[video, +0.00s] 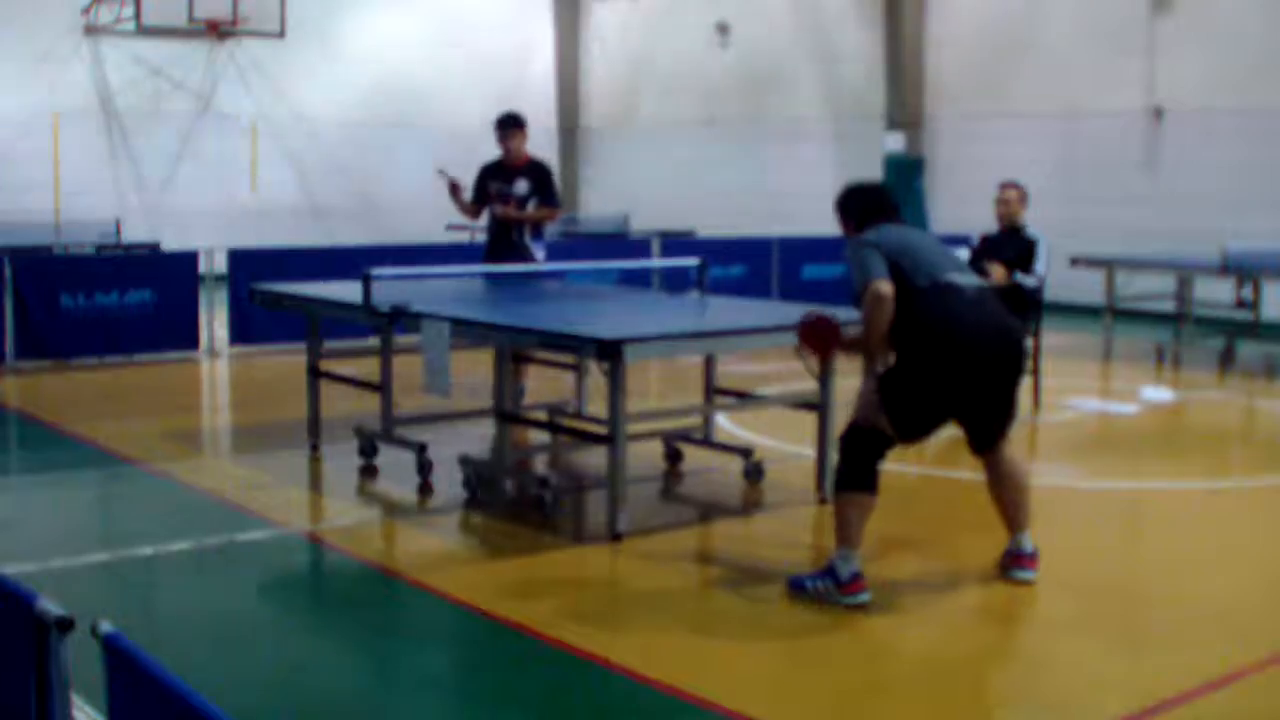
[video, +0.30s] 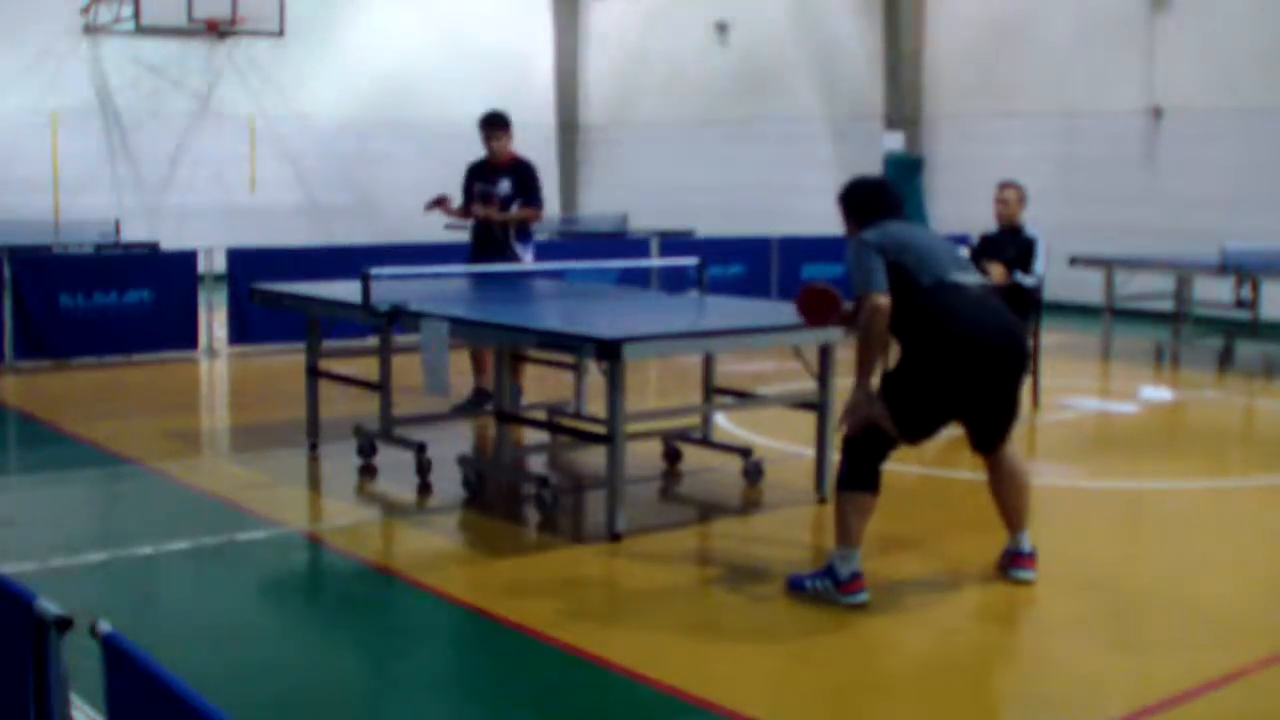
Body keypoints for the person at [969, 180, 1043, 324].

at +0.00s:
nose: (1003, 209)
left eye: (1008, 203)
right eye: (1000, 203)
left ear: (1022, 206)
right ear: (996, 205)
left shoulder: (1034, 243)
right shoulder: (987, 241)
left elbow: (1036, 281)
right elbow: (973, 266)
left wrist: (1010, 276)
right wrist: (990, 273)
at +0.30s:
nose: (1001, 209)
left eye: (1007, 203)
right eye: (999, 202)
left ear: (1021, 205)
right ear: (995, 204)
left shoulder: (1032, 242)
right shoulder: (986, 240)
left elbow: (1035, 280)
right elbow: (971, 268)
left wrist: (1010, 276)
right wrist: (989, 272)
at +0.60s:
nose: (1000, 204)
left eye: (1006, 198)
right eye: (998, 197)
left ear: (1020, 201)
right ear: (995, 198)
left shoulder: (1032, 235)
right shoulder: (987, 234)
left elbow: (1035, 274)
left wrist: (1009, 270)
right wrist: (988, 266)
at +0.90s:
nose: (999, 204)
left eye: (1005, 198)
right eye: (997, 197)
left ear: (1021, 200)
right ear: (994, 198)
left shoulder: (1032, 236)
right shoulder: (985, 234)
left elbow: (1034, 274)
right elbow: (965, 266)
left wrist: (1009, 270)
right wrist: (988, 267)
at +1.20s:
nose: (999, 200)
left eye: (1005, 194)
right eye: (997, 193)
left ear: (1020, 196)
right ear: (993, 194)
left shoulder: (1031, 232)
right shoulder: (985, 230)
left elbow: (1034, 270)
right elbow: (965, 263)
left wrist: (1008, 266)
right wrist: (987, 264)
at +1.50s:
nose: (999, 199)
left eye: (1005, 193)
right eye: (997, 193)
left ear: (1019, 196)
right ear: (994, 194)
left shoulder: (1032, 232)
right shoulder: (986, 230)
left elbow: (1034, 271)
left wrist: (1008, 266)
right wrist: (987, 263)